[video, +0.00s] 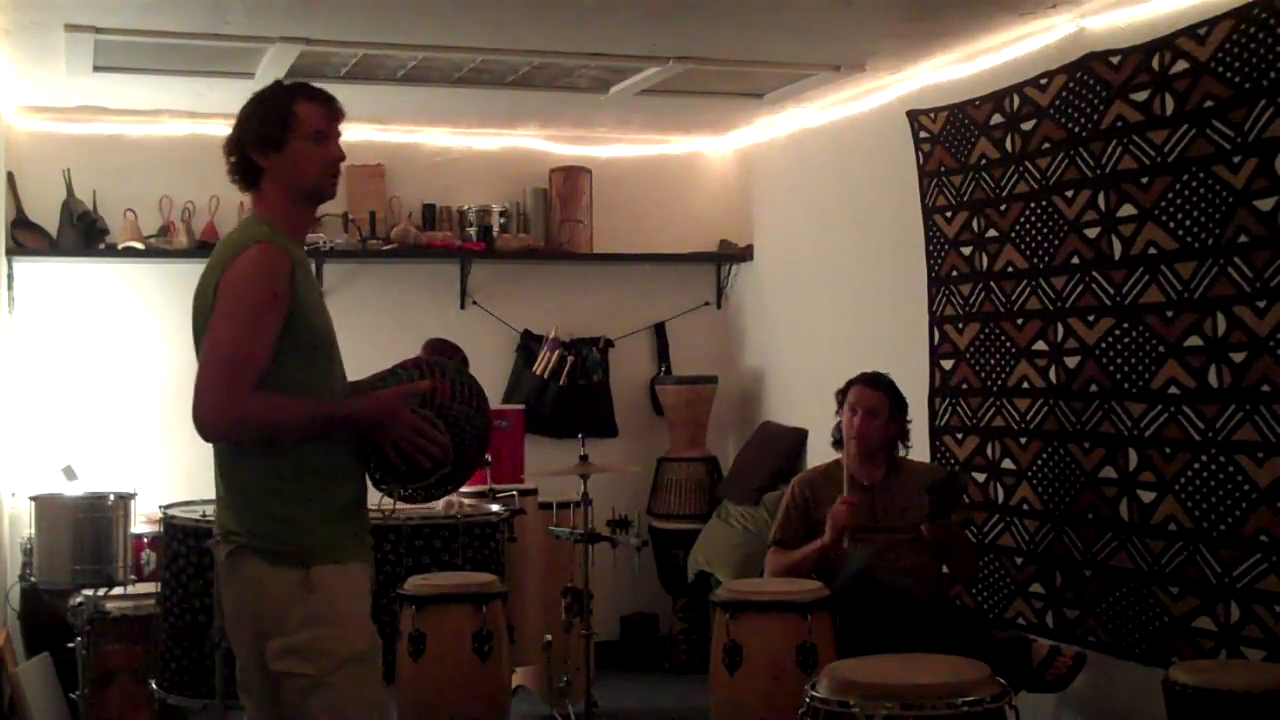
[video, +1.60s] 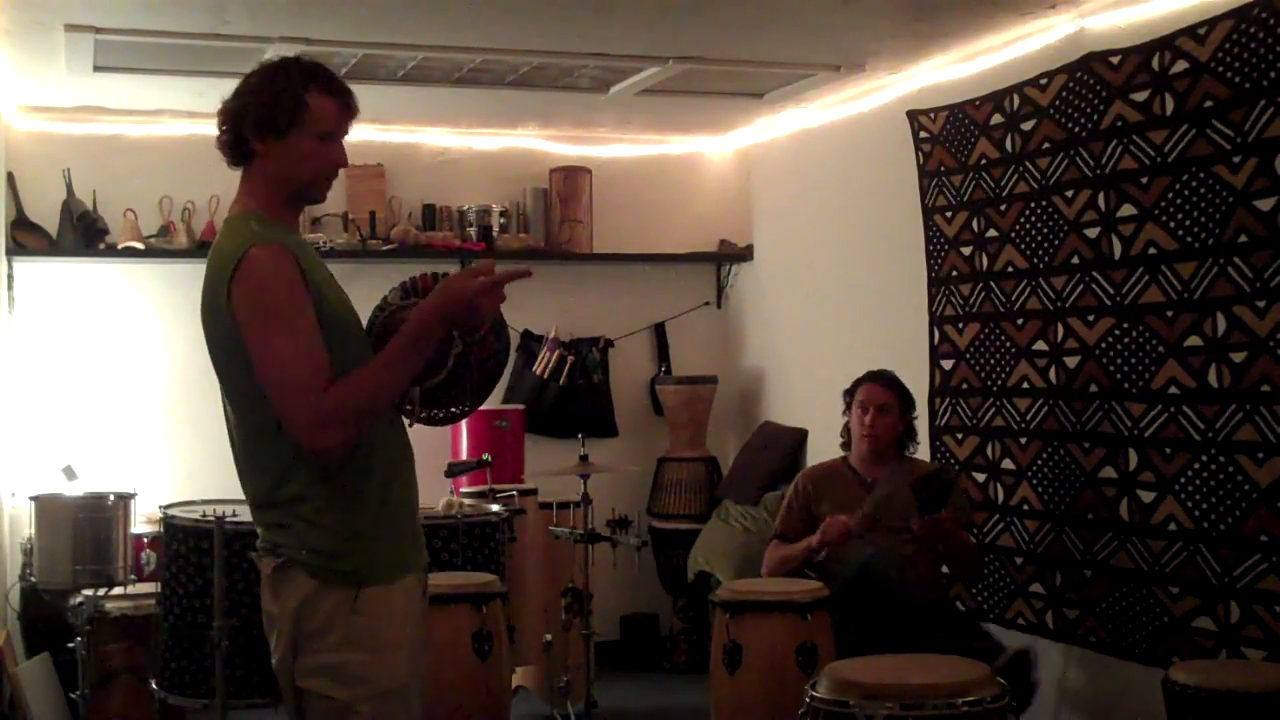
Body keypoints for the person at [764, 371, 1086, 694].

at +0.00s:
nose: (857, 422)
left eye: (871, 414)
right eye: (851, 410)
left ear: (896, 426)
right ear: (840, 417)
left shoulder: (929, 481)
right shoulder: (809, 487)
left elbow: (968, 568)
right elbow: (773, 571)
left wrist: (948, 539)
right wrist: (826, 539)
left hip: (921, 605)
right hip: (841, 612)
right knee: (861, 574)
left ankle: (1017, 660)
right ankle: (1014, 649)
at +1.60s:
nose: (870, 419)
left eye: (883, 411)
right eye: (862, 408)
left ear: (903, 423)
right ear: (848, 416)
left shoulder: (929, 479)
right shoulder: (813, 482)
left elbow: (970, 567)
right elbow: (770, 566)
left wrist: (945, 536)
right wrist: (816, 541)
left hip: (919, 606)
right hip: (841, 612)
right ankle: (987, 656)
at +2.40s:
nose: (935, 419)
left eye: (946, 409)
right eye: (922, 407)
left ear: (957, 421)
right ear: (894, 415)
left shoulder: (981, 488)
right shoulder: (854, 480)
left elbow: (998, 572)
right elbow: (807, 566)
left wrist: (998, 581)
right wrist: (851, 562)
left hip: (948, 616)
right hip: (869, 617)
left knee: (1020, 646)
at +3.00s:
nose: (968, 450)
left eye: (979, 439)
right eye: (956, 437)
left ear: (992, 445)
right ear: (929, 438)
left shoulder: (1008, 500)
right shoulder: (883, 492)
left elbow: (1008, 588)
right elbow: (831, 575)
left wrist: (991, 612)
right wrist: (871, 578)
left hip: (966, 624)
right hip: (889, 619)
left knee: (1021, 648)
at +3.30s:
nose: (973, 452)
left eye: (985, 443)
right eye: (962, 438)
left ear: (997, 450)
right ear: (936, 438)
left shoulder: (1010, 502)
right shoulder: (887, 491)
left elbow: (1008, 596)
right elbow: (833, 575)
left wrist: (986, 615)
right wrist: (872, 579)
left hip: (965, 625)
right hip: (890, 620)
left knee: (1019, 649)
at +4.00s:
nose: (1002, 473)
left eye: (1007, 462)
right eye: (992, 459)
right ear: (956, 448)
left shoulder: (1010, 504)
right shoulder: (888, 492)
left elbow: (1005, 595)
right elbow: (835, 577)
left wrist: (992, 615)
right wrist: (877, 583)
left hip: (961, 620)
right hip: (887, 616)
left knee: (1018, 649)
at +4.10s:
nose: (1007, 476)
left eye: (1011, 465)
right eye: (1001, 463)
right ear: (965, 452)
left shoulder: (1009, 505)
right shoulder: (889, 491)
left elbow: (1005, 596)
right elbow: (834, 576)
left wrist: (990, 618)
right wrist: (880, 578)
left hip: (959, 621)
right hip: (885, 617)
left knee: (1018, 650)